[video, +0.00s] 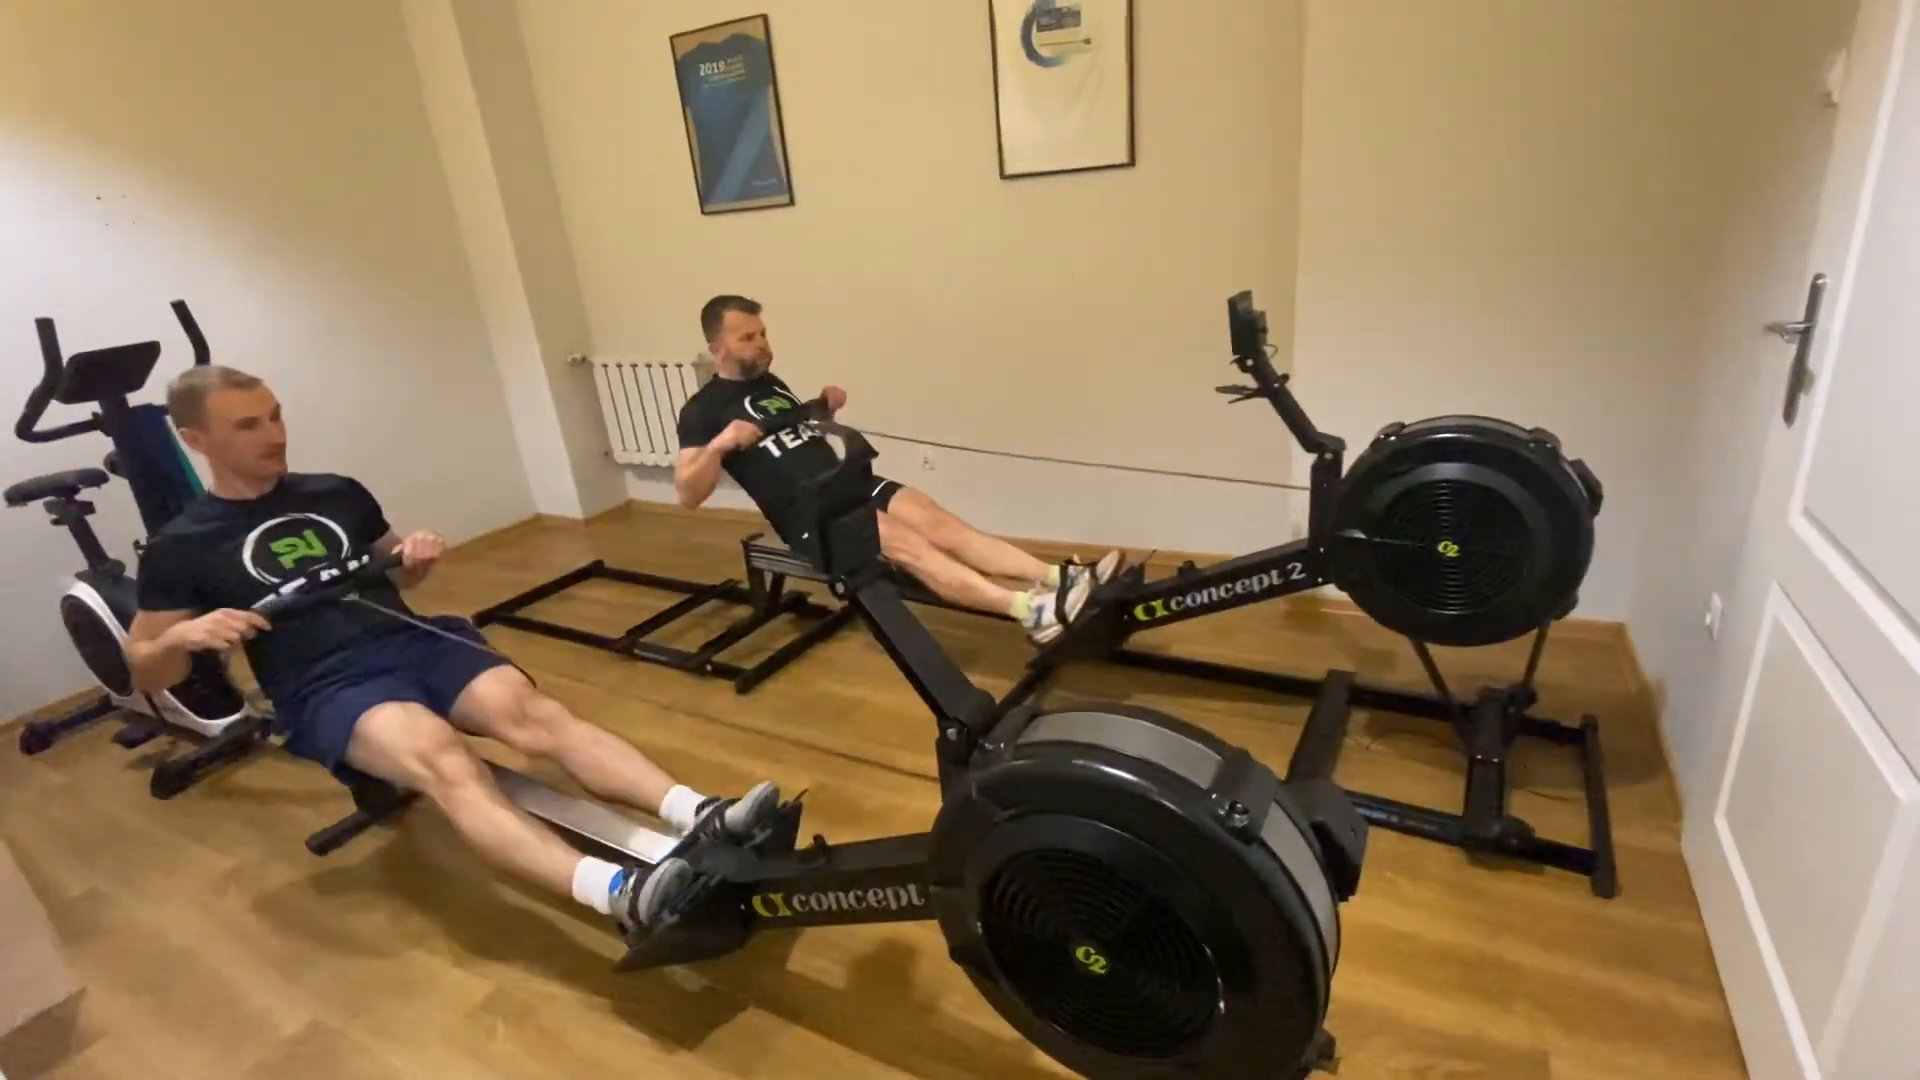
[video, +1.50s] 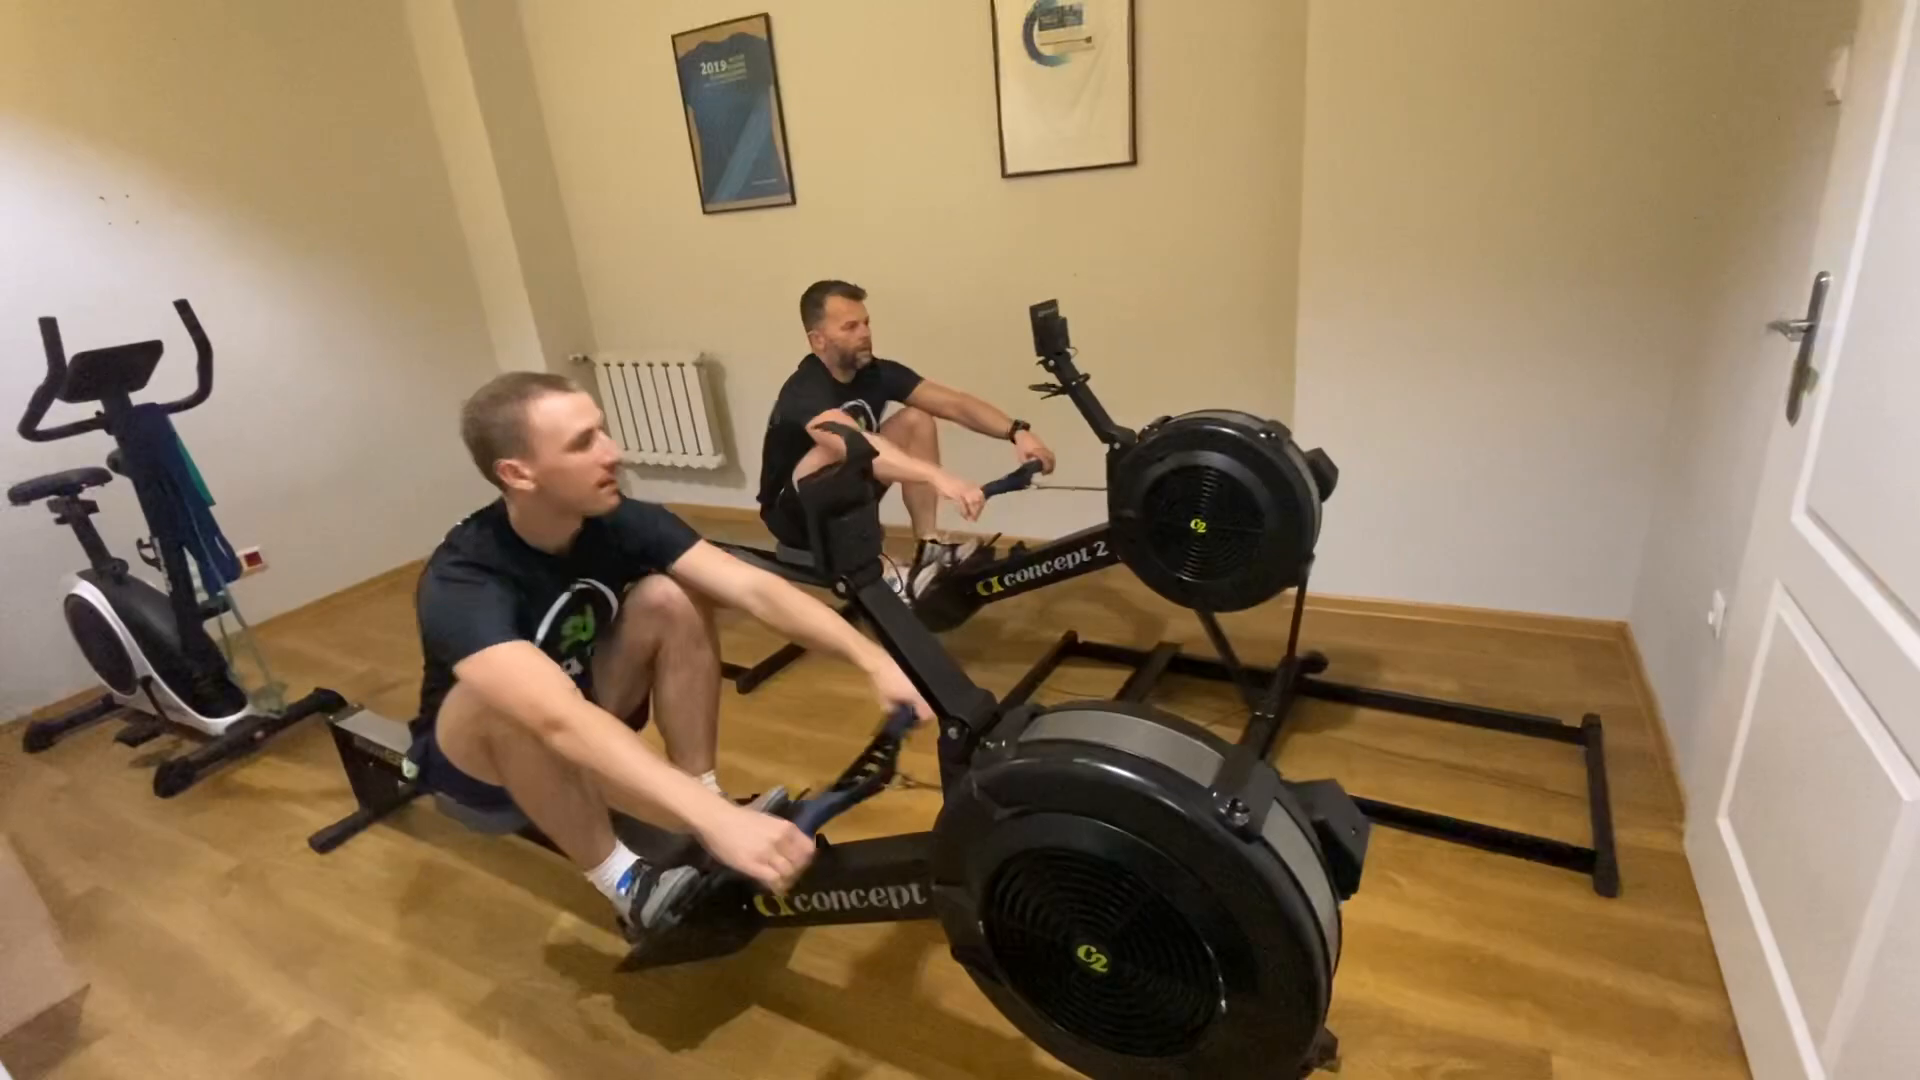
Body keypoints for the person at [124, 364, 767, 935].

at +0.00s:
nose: (272, 436)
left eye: (273, 418)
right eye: (250, 428)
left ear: (281, 415)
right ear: (199, 443)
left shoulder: (335, 493)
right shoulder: (182, 547)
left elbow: (393, 568)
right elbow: (142, 668)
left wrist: (414, 554)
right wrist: (187, 632)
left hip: (410, 637)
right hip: (327, 680)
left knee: (530, 711)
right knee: (445, 763)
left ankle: (702, 817)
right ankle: (624, 895)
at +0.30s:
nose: (300, 409)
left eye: (298, 392)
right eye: (274, 400)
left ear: (302, 394)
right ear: (219, 422)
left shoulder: (352, 481)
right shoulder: (200, 528)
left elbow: (450, 554)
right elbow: (158, 665)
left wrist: (483, 565)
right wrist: (254, 665)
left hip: (411, 643)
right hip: (325, 680)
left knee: (535, 696)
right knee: (441, 746)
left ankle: (702, 817)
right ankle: (621, 894)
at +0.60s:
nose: (364, 402)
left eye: (362, 385)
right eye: (338, 392)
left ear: (366, 384)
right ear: (280, 416)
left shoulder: (400, 475)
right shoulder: (246, 520)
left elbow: (511, 541)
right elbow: (250, 661)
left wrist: (580, 585)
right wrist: (364, 704)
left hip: (442, 644)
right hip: (351, 683)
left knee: (571, 664)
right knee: (458, 728)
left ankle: (701, 816)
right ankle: (620, 894)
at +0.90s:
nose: (451, 415)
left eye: (446, 396)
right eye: (425, 406)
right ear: (364, 432)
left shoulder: (469, 483)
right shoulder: (314, 531)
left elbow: (586, 548)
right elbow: (349, 669)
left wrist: (677, 611)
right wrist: (484, 746)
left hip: (483, 660)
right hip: (385, 705)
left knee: (597, 620)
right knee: (457, 683)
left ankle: (704, 817)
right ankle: (624, 893)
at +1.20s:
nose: (536, 431)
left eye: (528, 412)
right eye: (508, 422)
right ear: (445, 451)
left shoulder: (550, 500)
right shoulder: (387, 553)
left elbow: (673, 566)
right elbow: (456, 698)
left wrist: (780, 639)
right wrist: (602, 791)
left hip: (530, 683)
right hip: (431, 729)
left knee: (641, 604)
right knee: (482, 675)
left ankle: (701, 813)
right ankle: (631, 891)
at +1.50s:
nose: (613, 453)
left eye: (603, 433)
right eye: (585, 443)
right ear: (517, 475)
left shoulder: (623, 524)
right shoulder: (462, 585)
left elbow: (756, 589)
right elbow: (564, 720)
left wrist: (874, 659)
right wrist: (720, 823)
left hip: (583, 739)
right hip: (484, 784)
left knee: (666, 601)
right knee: (512, 693)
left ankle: (703, 806)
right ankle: (626, 884)